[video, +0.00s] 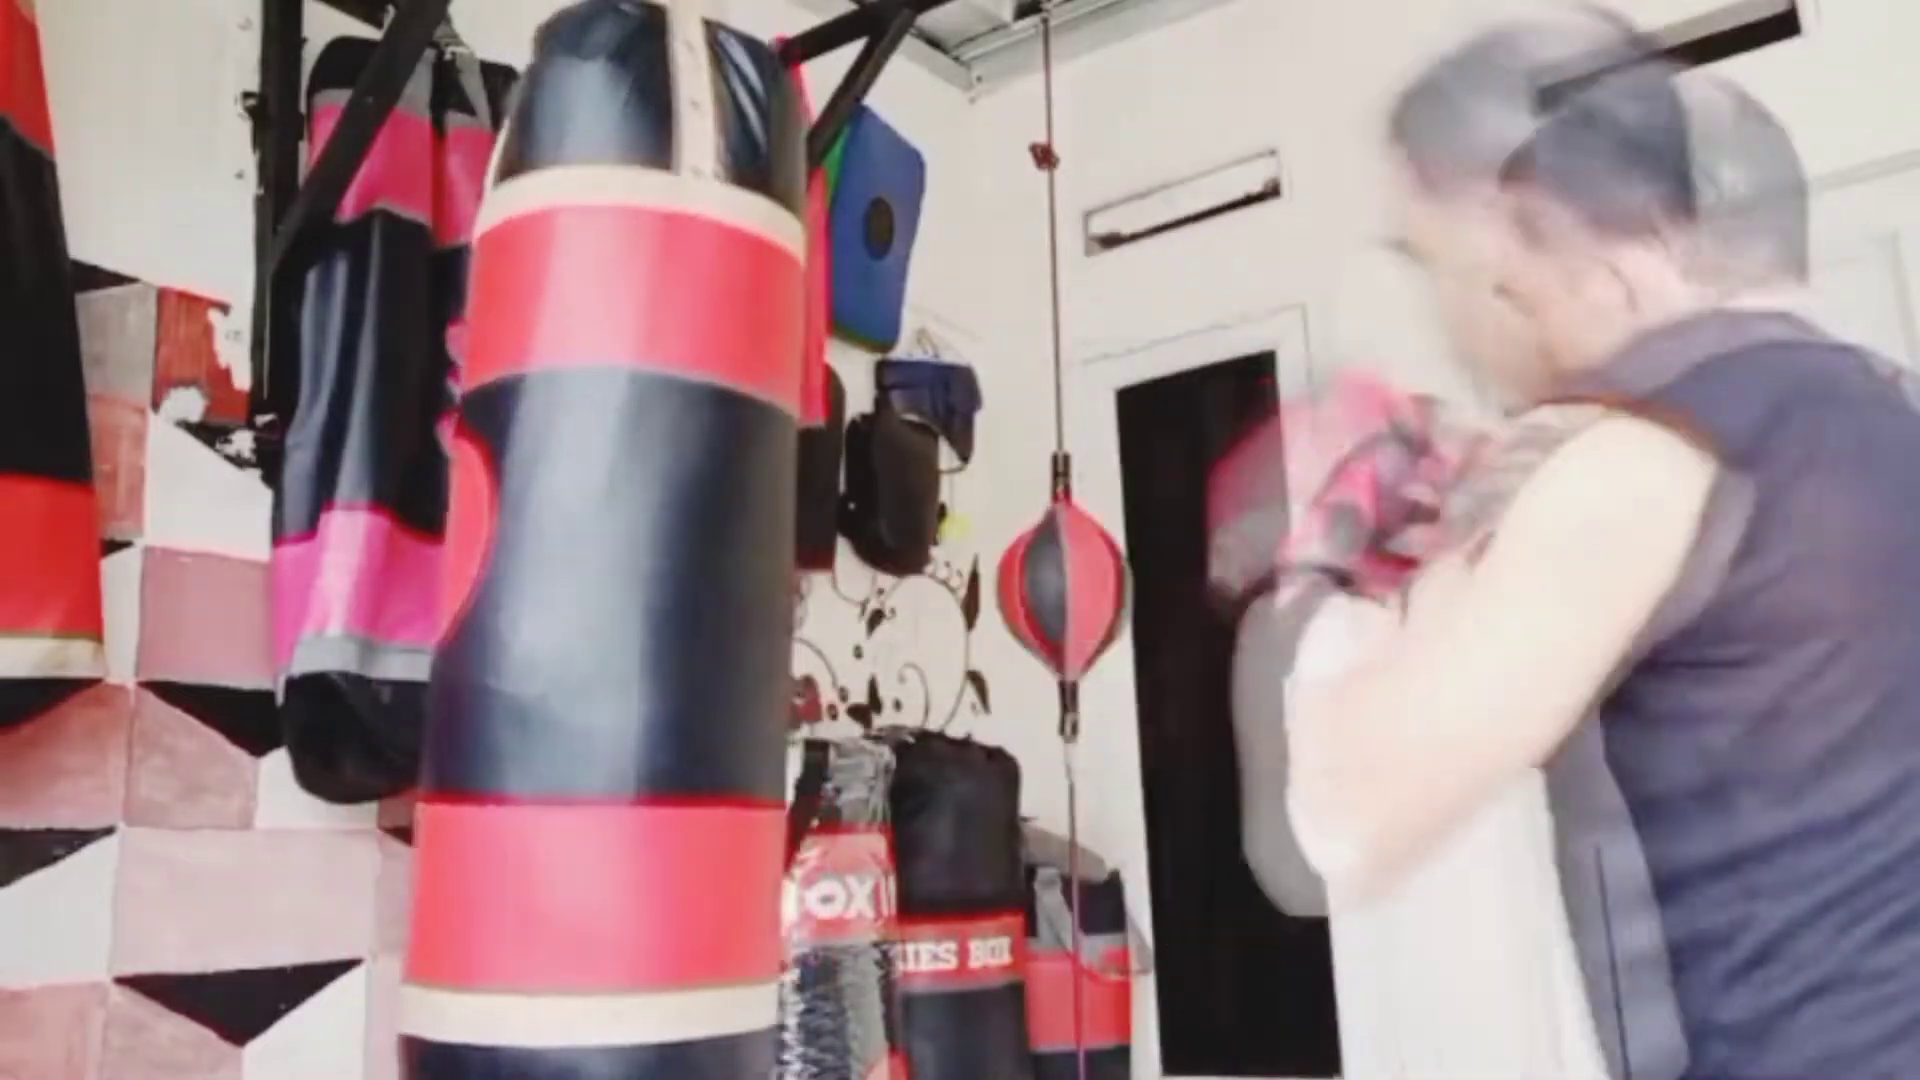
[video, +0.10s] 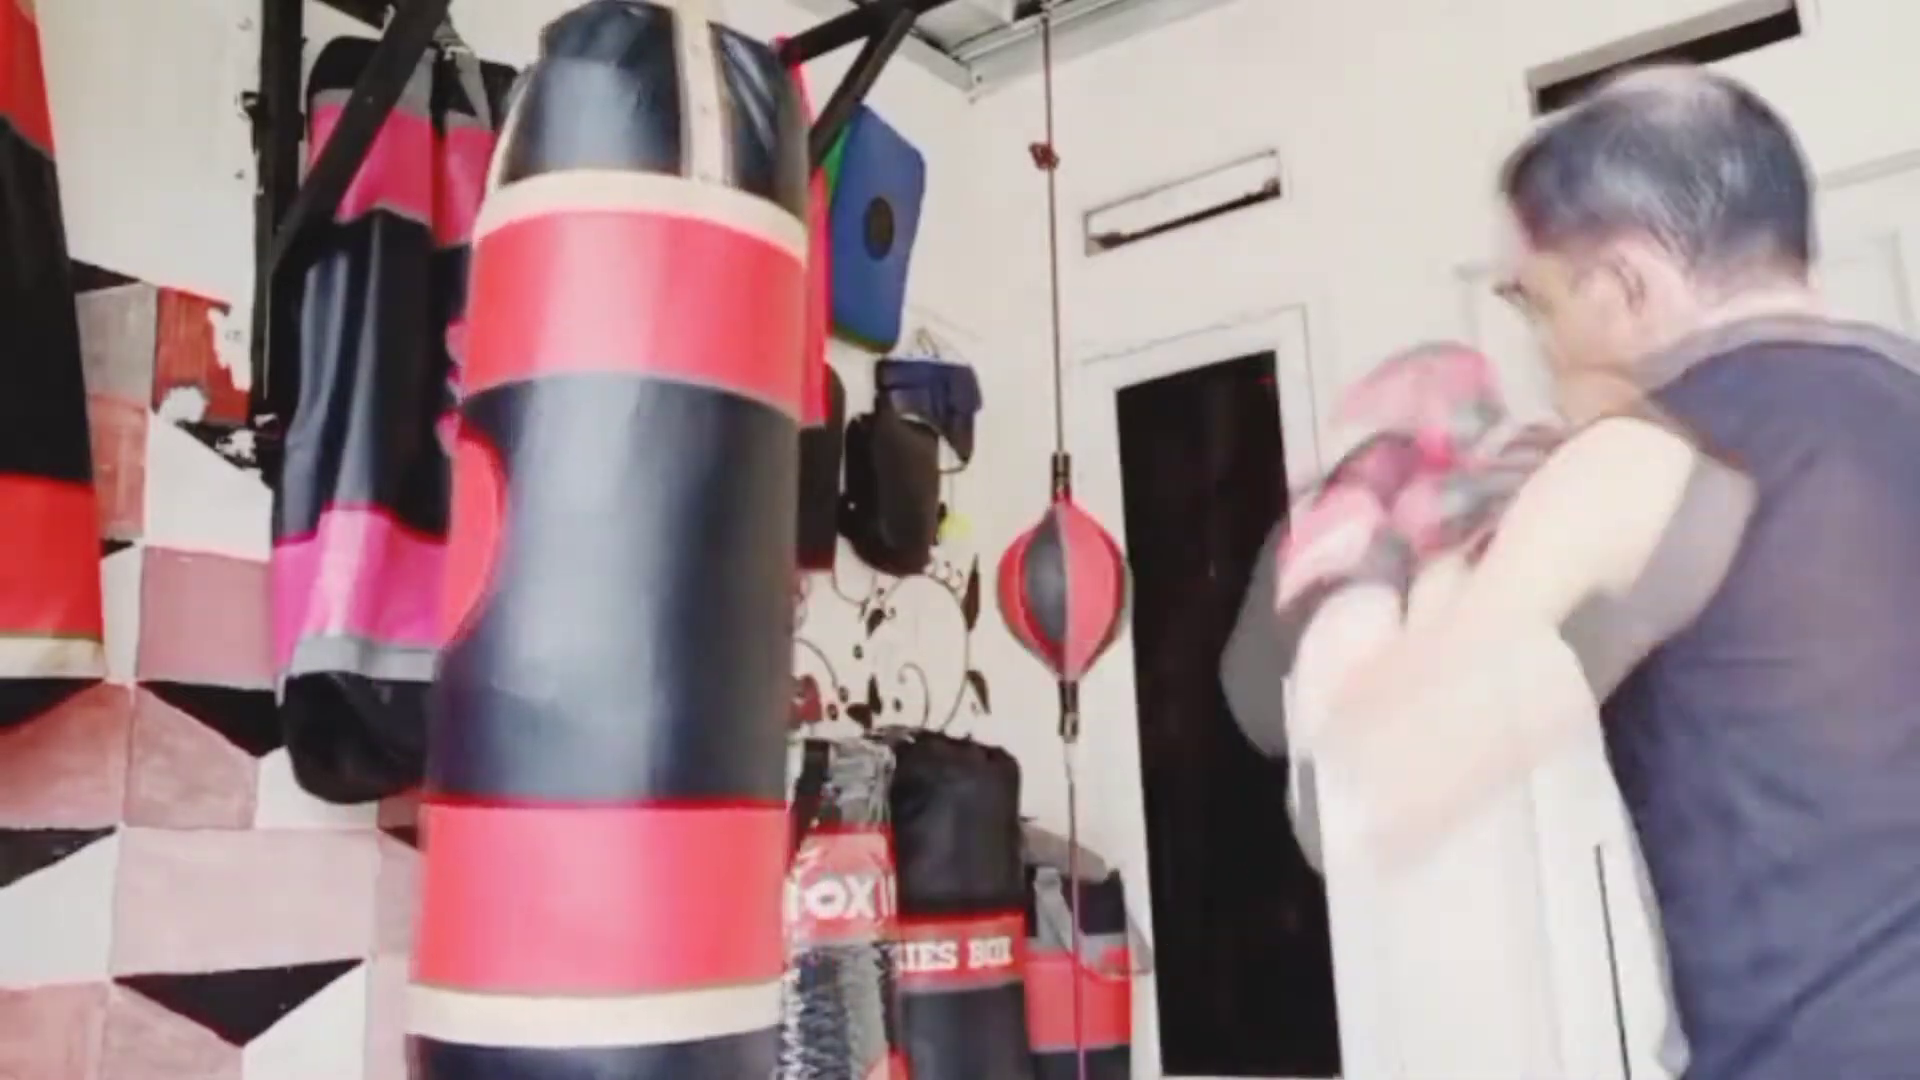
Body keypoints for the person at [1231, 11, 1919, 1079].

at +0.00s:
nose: (1443, 315)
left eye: (1432, 260)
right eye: (1423, 264)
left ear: (1517, 220)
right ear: (1653, 199)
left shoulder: (1662, 435)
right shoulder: (1864, 398)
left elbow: (1345, 829)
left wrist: (1339, 574)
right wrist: (1494, 501)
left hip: (1797, 1051)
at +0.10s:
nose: (1541, 341)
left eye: (1538, 300)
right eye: (1525, 304)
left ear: (1631, 282)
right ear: (1779, 245)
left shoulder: (1656, 457)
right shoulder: (1889, 385)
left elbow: (1383, 787)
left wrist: (1348, 560)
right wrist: (1590, 488)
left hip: (1806, 1049)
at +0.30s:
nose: (1460, 354)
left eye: (1460, 323)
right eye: (1460, 326)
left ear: (1497, 308)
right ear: (1703, 300)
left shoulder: (1473, 489)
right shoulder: (1862, 456)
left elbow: (1112, 672)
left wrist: (1146, 547)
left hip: (1623, 1050)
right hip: (1881, 1038)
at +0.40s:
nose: (1308, 370)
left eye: (1316, 330)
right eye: (1313, 330)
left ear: (1365, 312)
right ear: (1504, 294)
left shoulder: (1329, 525)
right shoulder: (1672, 458)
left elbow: (990, 758)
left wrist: (1004, 612)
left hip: (1527, 1053)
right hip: (1765, 1038)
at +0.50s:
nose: (1124, 430)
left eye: (1126, 385)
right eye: (1115, 395)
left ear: (1203, 337)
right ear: (1294, 319)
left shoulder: (1348, 561)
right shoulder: (1445, 453)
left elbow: (1005, 819)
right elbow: (1186, 500)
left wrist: (969, 605)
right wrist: (961, 485)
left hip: (1497, 1055)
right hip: (1604, 1026)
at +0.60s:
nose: (1064, 462)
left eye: (1057, 422)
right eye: (1044, 429)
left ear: (1131, 385)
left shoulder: (1321, 610)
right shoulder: (1361, 449)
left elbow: (1004, 883)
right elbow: (1152, 503)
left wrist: (964, 656)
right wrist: (882, 501)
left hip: (1451, 1059)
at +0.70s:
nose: (1048, 469)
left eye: (1040, 428)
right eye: (1028, 431)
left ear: (1118, 405)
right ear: (1244, 347)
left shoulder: (1298, 627)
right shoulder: (1346, 472)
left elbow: (973, 900)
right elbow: (1175, 553)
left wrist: (952, 649)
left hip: (1428, 1057)